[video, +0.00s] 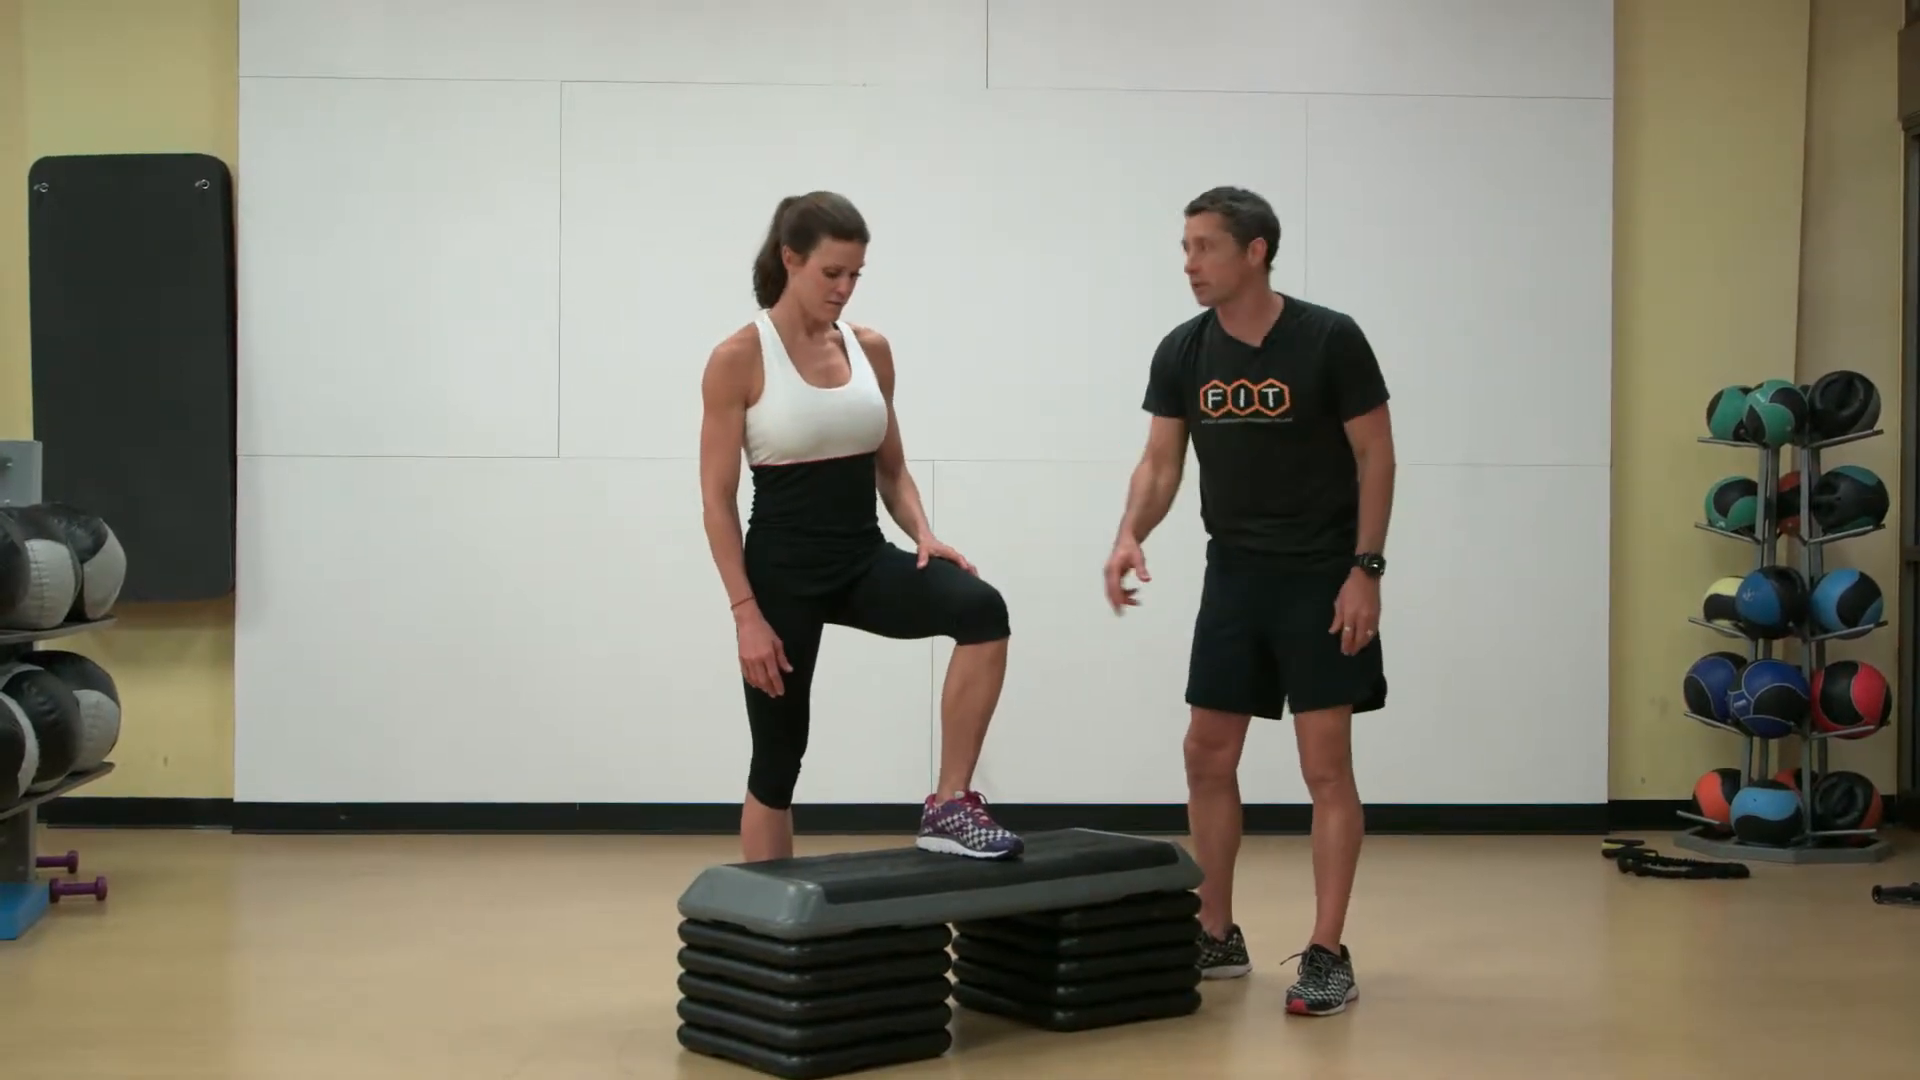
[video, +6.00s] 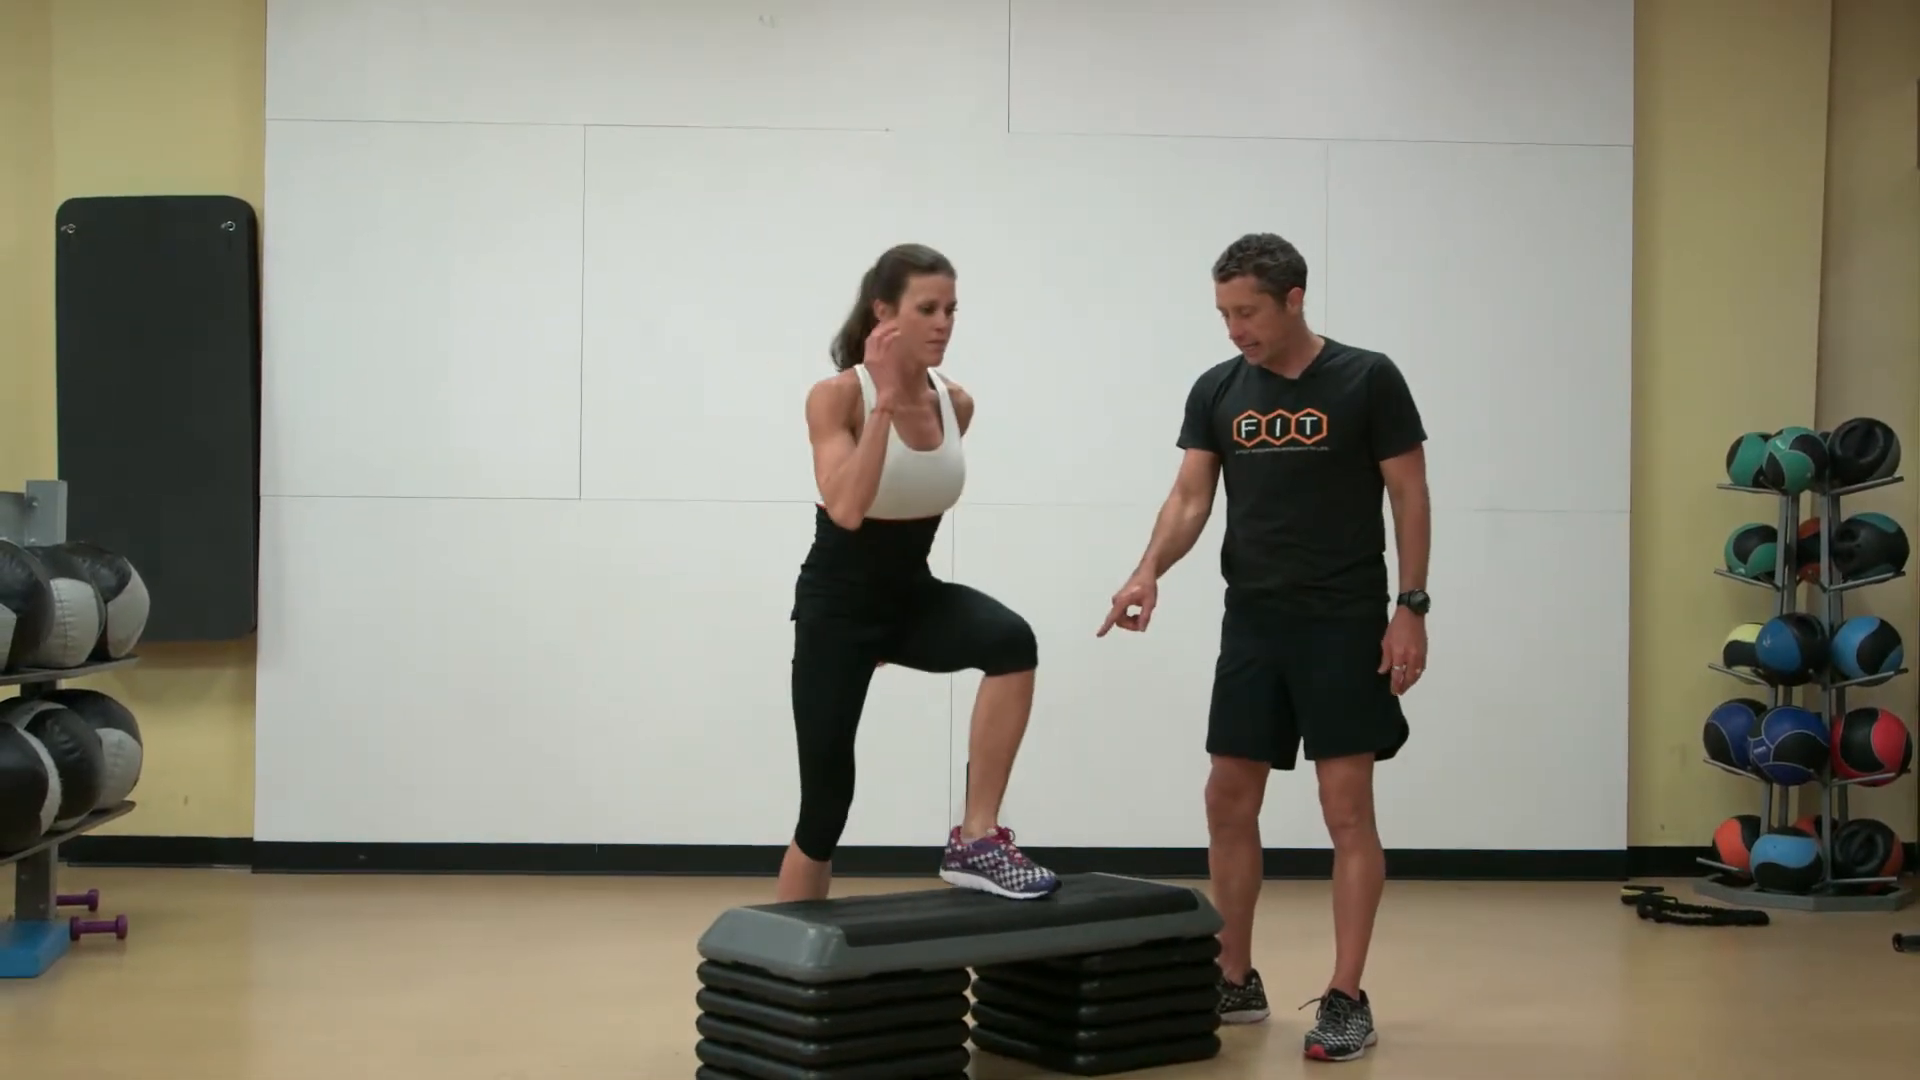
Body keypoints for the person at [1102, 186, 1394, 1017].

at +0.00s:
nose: (1188, 263)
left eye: (1203, 248)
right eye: (1185, 248)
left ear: (1255, 252)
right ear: (1195, 255)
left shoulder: (1330, 340)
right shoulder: (1183, 351)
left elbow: (1376, 456)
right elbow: (1158, 462)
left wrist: (1366, 567)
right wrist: (1129, 533)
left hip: (1321, 577)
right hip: (1231, 575)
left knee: (1326, 768)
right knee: (1207, 752)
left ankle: (1327, 949)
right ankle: (1214, 932)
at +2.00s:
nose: (1212, 279)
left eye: (1223, 262)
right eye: (1202, 266)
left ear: (1267, 248)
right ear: (1198, 263)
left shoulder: (1331, 335)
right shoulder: (1201, 341)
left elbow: (1362, 455)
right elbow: (1183, 452)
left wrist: (1343, 567)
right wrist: (1113, 481)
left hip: (1295, 577)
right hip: (1212, 575)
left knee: (1311, 763)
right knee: (1203, 756)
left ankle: (1327, 951)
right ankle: (1216, 936)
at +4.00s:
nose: (1218, 335)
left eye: (1230, 319)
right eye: (1209, 321)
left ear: (1277, 305)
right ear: (1205, 316)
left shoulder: (1342, 388)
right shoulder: (1204, 389)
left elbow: (1377, 508)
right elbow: (1185, 491)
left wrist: (1359, 616)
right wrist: (1152, 548)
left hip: (1308, 629)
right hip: (1221, 625)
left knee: (1323, 814)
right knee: (1210, 802)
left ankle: (1336, 1000)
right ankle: (1224, 983)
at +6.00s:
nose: (1235, 328)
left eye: (1248, 312)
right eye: (1225, 313)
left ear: (1293, 299)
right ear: (1222, 309)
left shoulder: (1367, 379)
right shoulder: (1216, 390)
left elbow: (1410, 498)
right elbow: (1188, 497)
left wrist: (1410, 608)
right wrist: (1149, 568)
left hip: (1344, 622)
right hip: (1251, 622)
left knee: (1347, 808)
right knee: (1228, 800)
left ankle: (1346, 995)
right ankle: (1233, 979)